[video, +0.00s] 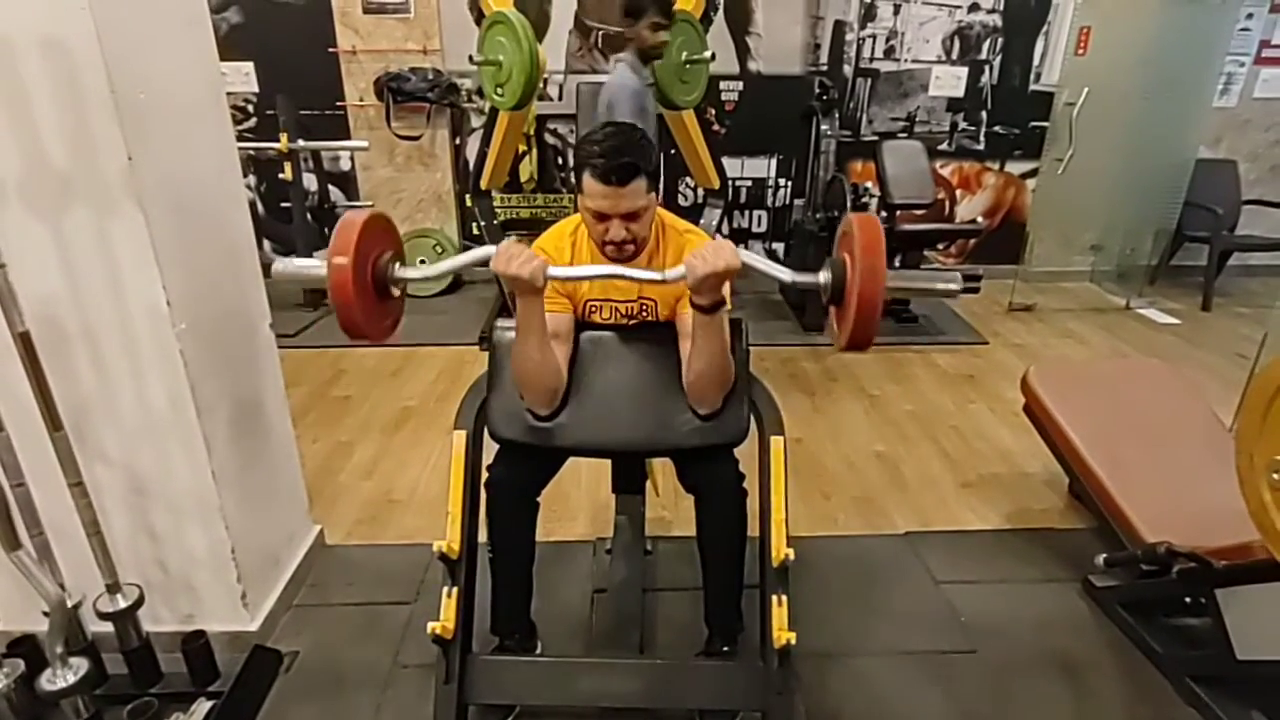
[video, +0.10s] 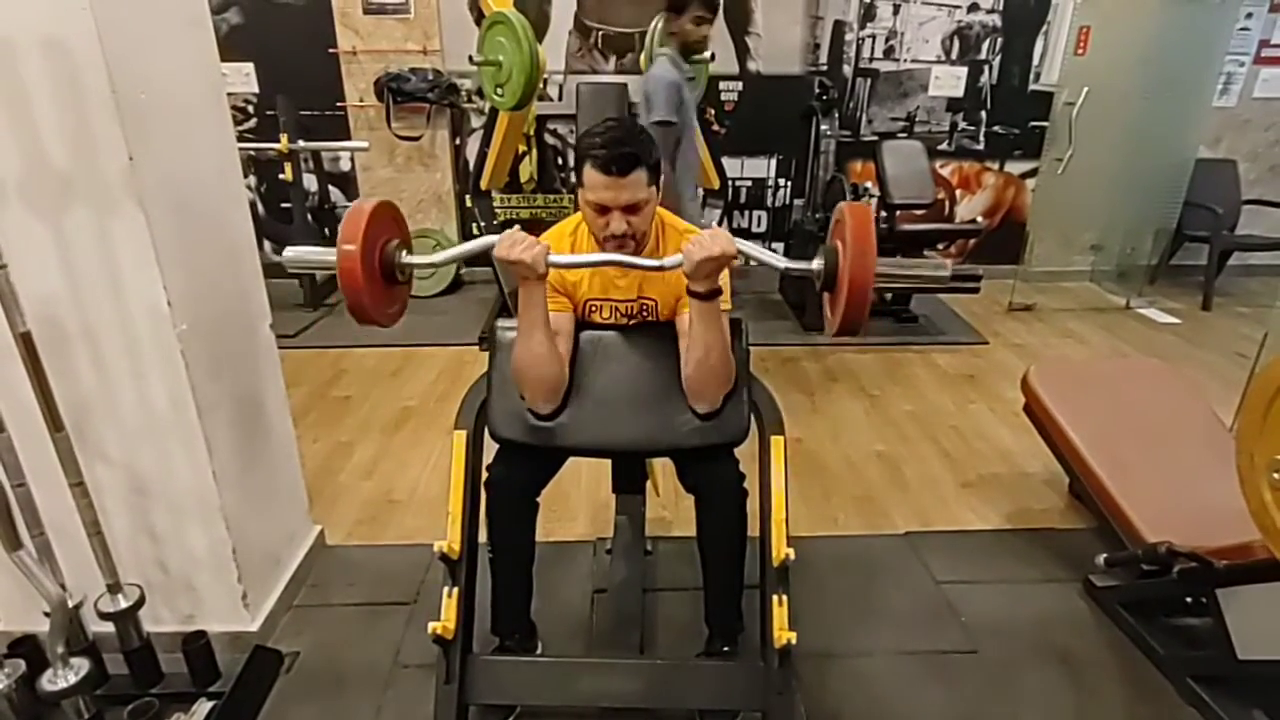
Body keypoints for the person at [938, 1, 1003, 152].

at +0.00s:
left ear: (969, 12)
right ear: (982, 11)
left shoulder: (964, 22)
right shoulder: (992, 22)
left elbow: (946, 38)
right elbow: (1005, 35)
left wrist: (948, 58)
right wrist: (994, 56)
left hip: (963, 64)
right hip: (982, 65)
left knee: (957, 106)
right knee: (982, 106)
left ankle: (950, 141)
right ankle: (981, 140)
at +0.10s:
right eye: (977, 15)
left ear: (968, 12)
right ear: (981, 11)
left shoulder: (963, 22)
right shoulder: (991, 23)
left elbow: (945, 38)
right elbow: (1006, 35)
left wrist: (948, 58)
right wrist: (994, 56)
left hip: (962, 64)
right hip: (981, 65)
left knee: (957, 106)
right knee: (981, 106)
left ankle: (950, 141)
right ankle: (980, 140)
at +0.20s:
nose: (977, 21)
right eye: (978, 15)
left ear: (968, 13)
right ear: (981, 11)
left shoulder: (963, 22)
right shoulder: (990, 24)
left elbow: (945, 38)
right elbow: (1006, 35)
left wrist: (948, 59)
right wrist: (994, 56)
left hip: (962, 65)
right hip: (981, 65)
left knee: (957, 106)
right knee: (981, 106)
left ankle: (950, 141)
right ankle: (981, 140)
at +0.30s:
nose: (977, 20)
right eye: (978, 15)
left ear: (969, 12)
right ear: (982, 11)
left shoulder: (963, 21)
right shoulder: (991, 22)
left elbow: (946, 37)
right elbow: (1006, 34)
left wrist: (949, 57)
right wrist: (995, 55)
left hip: (963, 63)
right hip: (982, 64)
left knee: (958, 105)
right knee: (982, 105)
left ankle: (951, 140)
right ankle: (981, 139)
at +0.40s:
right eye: (977, 14)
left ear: (970, 11)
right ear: (982, 10)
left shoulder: (964, 21)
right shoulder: (992, 22)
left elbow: (946, 37)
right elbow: (1006, 34)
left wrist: (949, 57)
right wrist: (995, 55)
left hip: (963, 63)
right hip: (983, 64)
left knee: (958, 105)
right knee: (982, 105)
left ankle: (951, 140)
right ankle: (982, 139)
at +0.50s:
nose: (976, 20)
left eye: (973, 15)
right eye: (977, 15)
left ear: (969, 12)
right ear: (982, 11)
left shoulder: (964, 22)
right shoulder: (992, 23)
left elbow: (946, 37)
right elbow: (1006, 35)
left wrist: (949, 58)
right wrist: (995, 56)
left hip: (963, 64)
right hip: (982, 65)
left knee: (958, 105)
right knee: (982, 105)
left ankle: (951, 141)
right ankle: (981, 139)